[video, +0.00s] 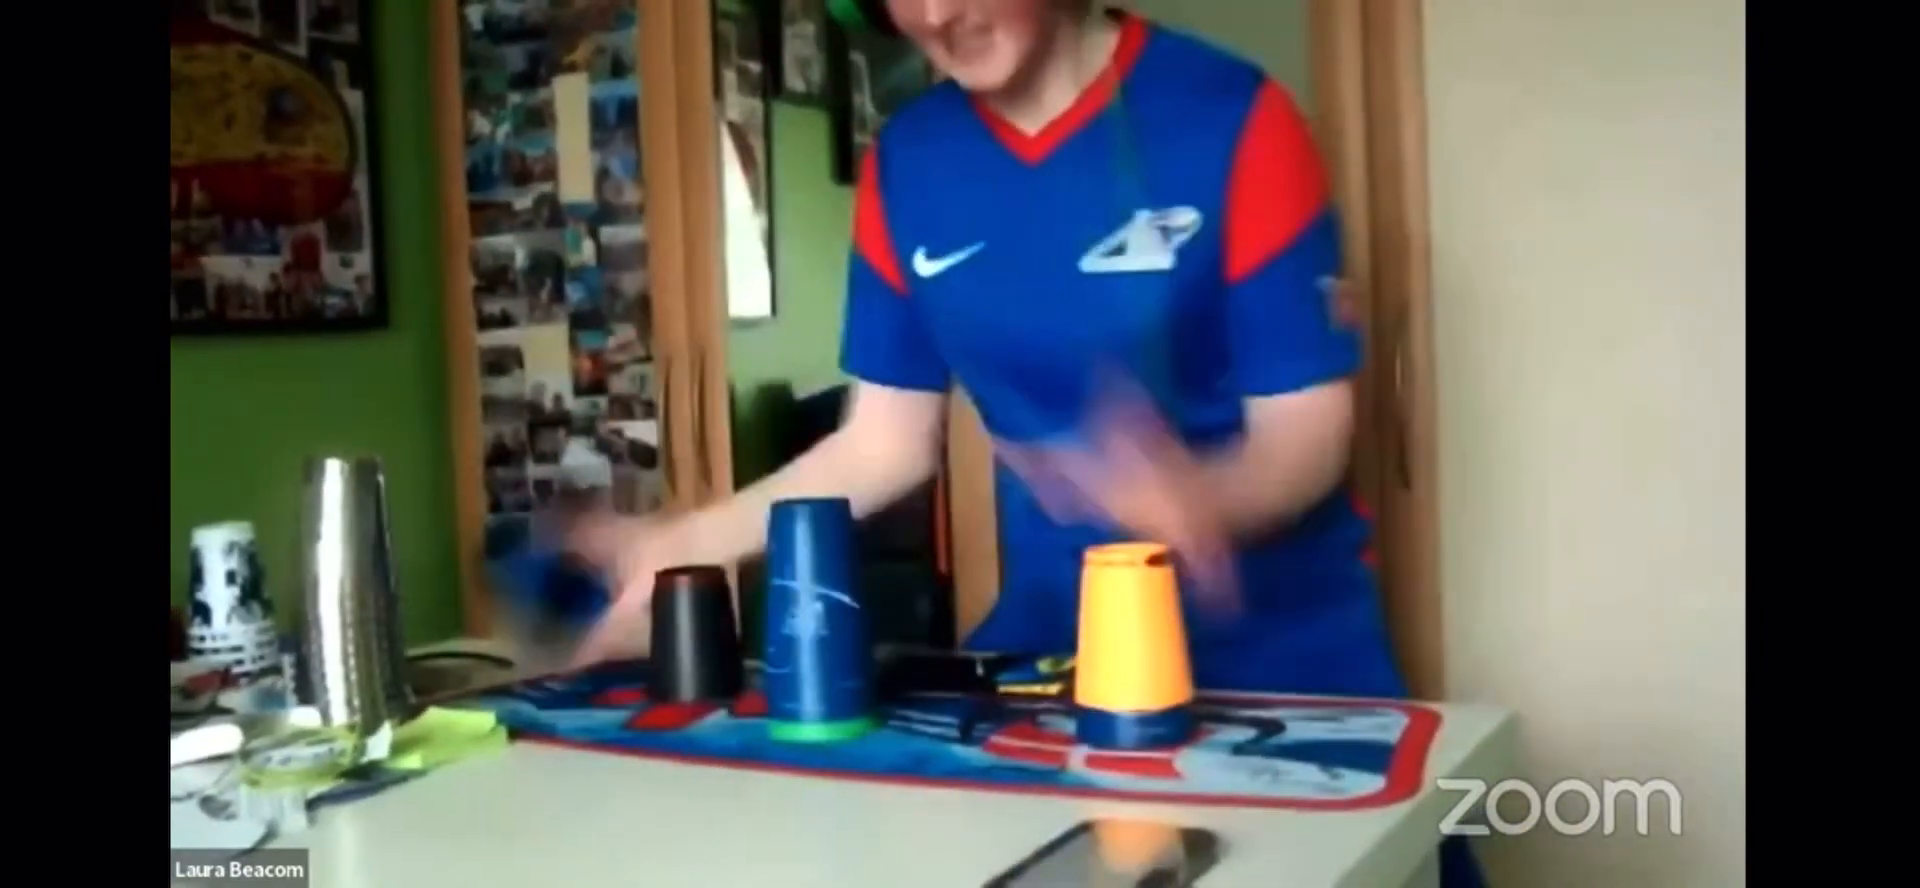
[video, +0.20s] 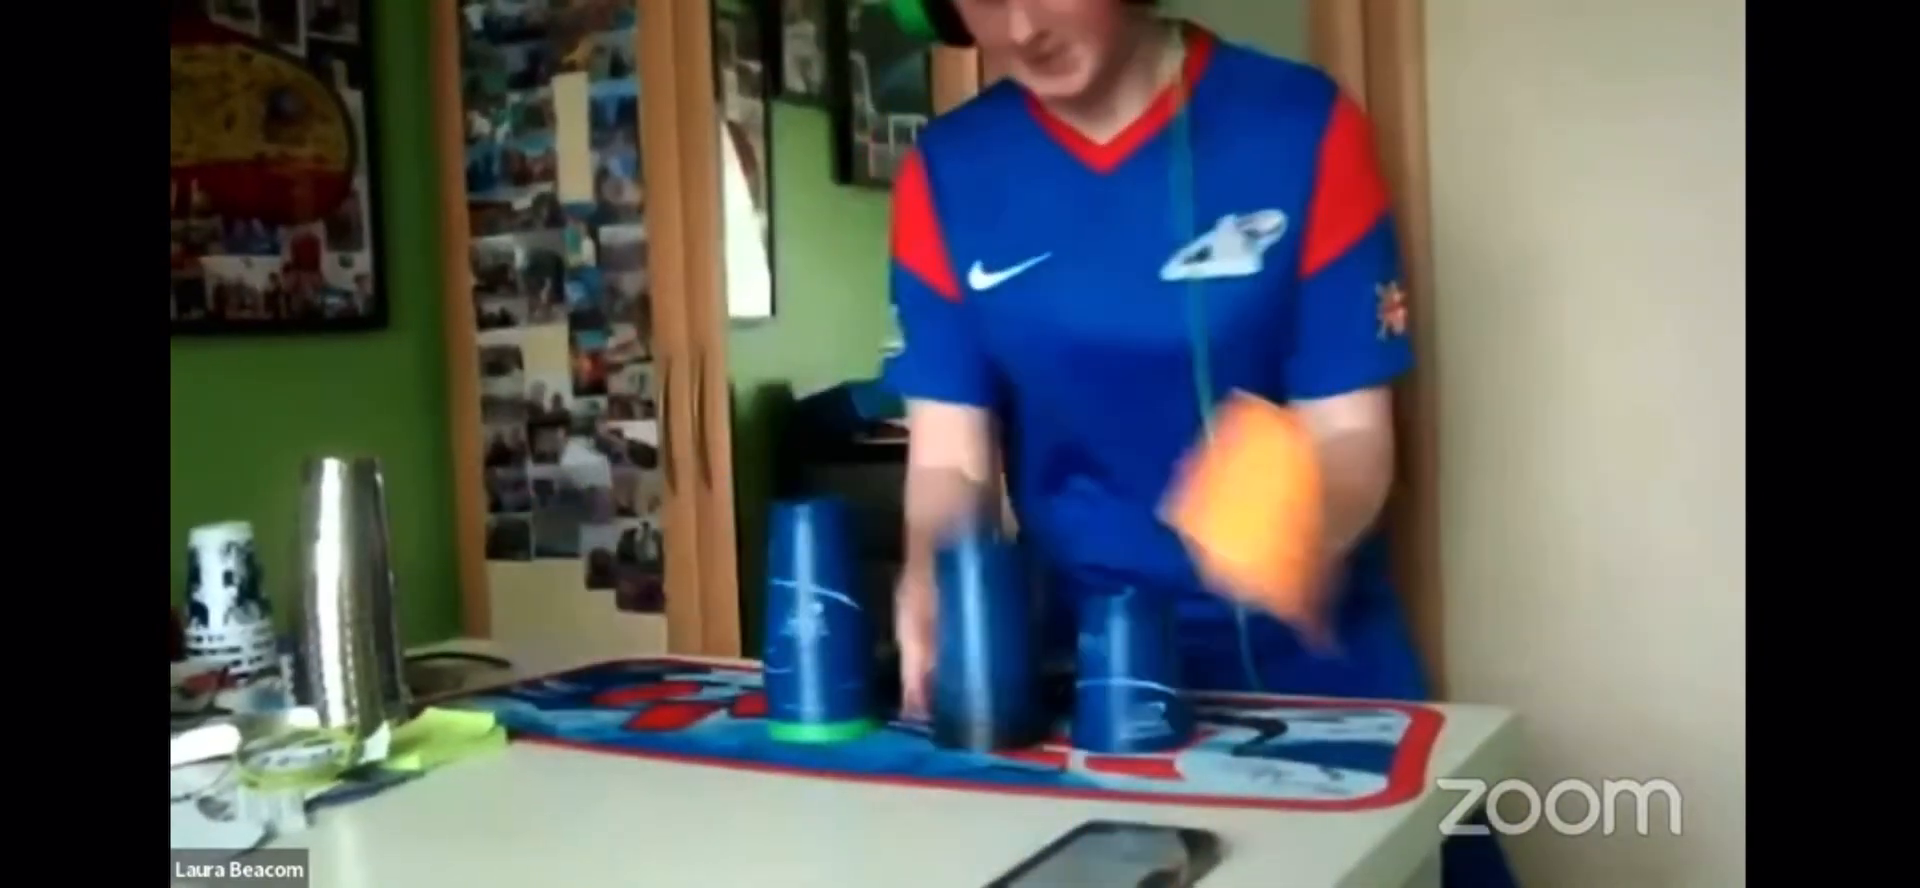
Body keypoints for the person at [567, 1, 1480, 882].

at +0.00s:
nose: (933, 10)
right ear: (885, 6)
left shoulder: (1235, 121)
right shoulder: (910, 164)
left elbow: (1310, 432)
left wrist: (1209, 497)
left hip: (1278, 645)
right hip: (1051, 648)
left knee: (1326, 869)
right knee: (1009, 864)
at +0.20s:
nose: (1022, 26)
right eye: (986, 3)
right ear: (956, 18)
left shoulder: (1298, 128)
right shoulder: (947, 175)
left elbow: (1351, 430)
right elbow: (945, 453)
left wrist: (1298, 530)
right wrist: (932, 578)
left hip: (1294, 654)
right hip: (1065, 661)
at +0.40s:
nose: (1036, 15)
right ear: (973, 10)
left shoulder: (1314, 116)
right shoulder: (956, 158)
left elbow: (1369, 416)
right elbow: (944, 428)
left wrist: (1333, 525)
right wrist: (952, 489)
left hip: (1304, 649)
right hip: (1070, 668)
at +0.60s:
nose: (1007, 10)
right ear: (960, 12)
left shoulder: (1308, 107)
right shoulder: (950, 154)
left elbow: (1368, 410)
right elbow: (968, 442)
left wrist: (1288, 484)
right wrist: (888, 461)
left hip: (1313, 643)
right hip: (1074, 657)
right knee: (1091, 874)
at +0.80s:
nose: (929, 18)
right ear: (890, 4)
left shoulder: (1245, 131)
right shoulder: (929, 159)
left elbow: (1231, 484)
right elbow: (936, 440)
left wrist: (959, 582)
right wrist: (792, 472)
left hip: (1283, 621)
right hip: (1071, 634)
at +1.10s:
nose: (916, 18)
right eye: (894, 0)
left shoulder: (1234, 110)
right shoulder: (928, 144)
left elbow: (1244, 453)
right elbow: (922, 426)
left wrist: (1017, 512)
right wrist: (786, 400)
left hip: (1273, 613)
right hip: (1060, 627)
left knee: (1344, 861)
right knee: (1087, 868)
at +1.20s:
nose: (935, 20)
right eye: (914, 6)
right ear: (906, 15)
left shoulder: (1253, 97)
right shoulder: (930, 138)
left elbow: (1267, 439)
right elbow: (936, 436)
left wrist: (1033, 403)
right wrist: (840, 414)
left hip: (1287, 612)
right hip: (1061, 627)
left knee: (1396, 867)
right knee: (1086, 876)